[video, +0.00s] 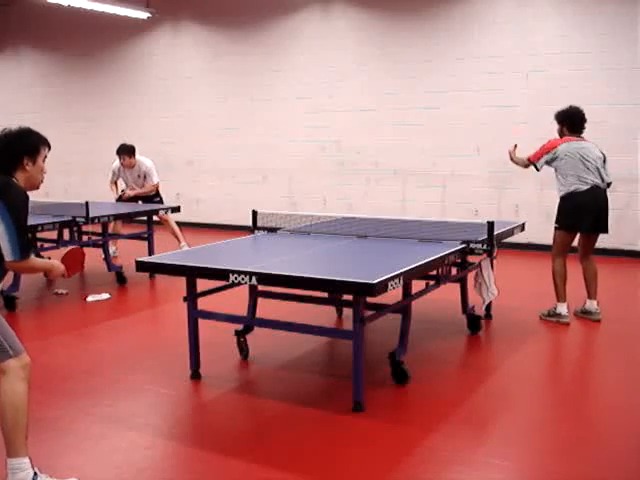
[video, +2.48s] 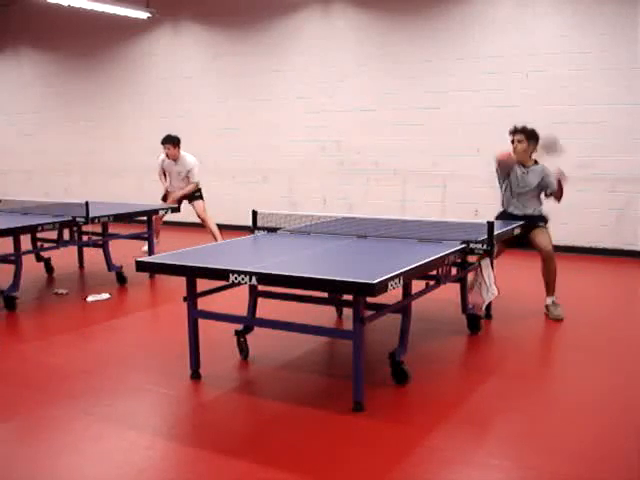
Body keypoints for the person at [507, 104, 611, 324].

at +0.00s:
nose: (557, 129)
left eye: (558, 126)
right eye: (557, 126)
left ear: (564, 127)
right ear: (581, 127)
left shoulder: (556, 145)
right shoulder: (595, 149)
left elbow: (527, 162)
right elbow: (605, 182)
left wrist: (513, 157)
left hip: (572, 201)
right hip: (598, 201)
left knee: (559, 254)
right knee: (586, 254)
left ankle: (561, 308)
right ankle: (592, 304)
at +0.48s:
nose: (541, 133)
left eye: (543, 130)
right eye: (542, 130)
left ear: (547, 132)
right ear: (565, 131)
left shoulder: (542, 150)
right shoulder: (579, 144)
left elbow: (548, 172)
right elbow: (596, 155)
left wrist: (555, 194)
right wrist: (608, 183)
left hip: (565, 197)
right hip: (589, 196)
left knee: (552, 252)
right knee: (585, 252)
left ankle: (560, 306)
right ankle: (592, 304)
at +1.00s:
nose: (495, 161)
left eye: (499, 157)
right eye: (494, 157)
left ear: (511, 157)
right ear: (493, 158)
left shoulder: (523, 177)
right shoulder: (497, 169)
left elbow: (537, 209)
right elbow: (477, 163)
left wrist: (530, 235)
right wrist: (466, 173)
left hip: (540, 218)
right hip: (522, 216)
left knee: (518, 260)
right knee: (497, 242)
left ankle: (549, 301)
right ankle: (499, 278)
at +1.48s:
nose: (495, 135)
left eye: (499, 131)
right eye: (493, 131)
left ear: (509, 132)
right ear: (490, 133)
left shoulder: (524, 153)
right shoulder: (490, 160)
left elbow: (537, 176)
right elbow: (488, 185)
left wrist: (527, 196)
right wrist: (484, 202)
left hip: (527, 202)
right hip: (503, 203)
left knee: (538, 245)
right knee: (490, 243)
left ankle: (552, 283)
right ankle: (479, 276)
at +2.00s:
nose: (507, 152)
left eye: (509, 148)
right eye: (505, 149)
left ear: (520, 147)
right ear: (519, 150)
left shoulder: (524, 163)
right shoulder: (531, 164)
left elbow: (514, 188)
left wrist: (488, 204)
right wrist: (531, 224)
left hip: (562, 211)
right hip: (546, 215)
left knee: (568, 261)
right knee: (520, 242)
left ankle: (603, 299)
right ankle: (521, 285)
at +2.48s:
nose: (514, 146)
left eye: (519, 142)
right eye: (512, 142)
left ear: (532, 147)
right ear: (512, 145)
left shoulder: (541, 171)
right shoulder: (507, 168)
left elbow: (557, 197)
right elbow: (504, 163)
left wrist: (559, 184)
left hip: (534, 219)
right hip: (508, 218)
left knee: (548, 251)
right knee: (489, 250)